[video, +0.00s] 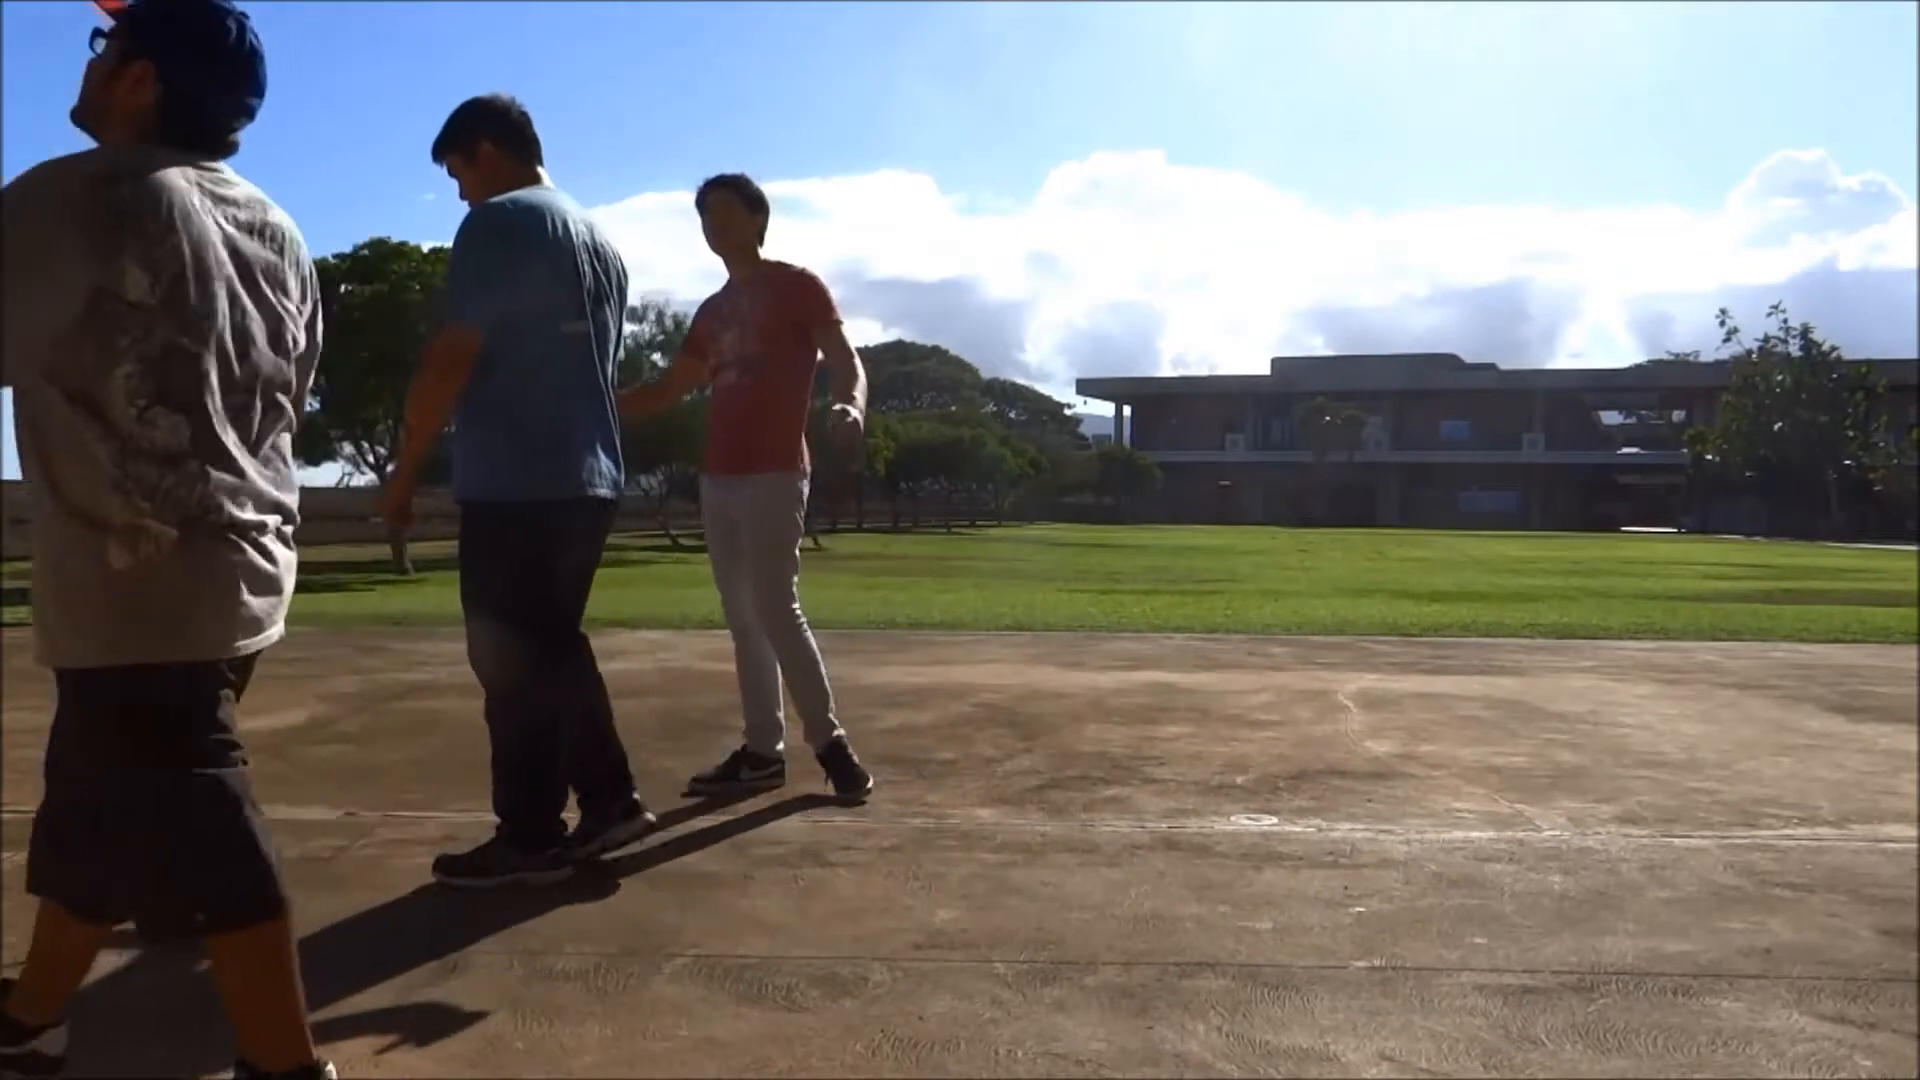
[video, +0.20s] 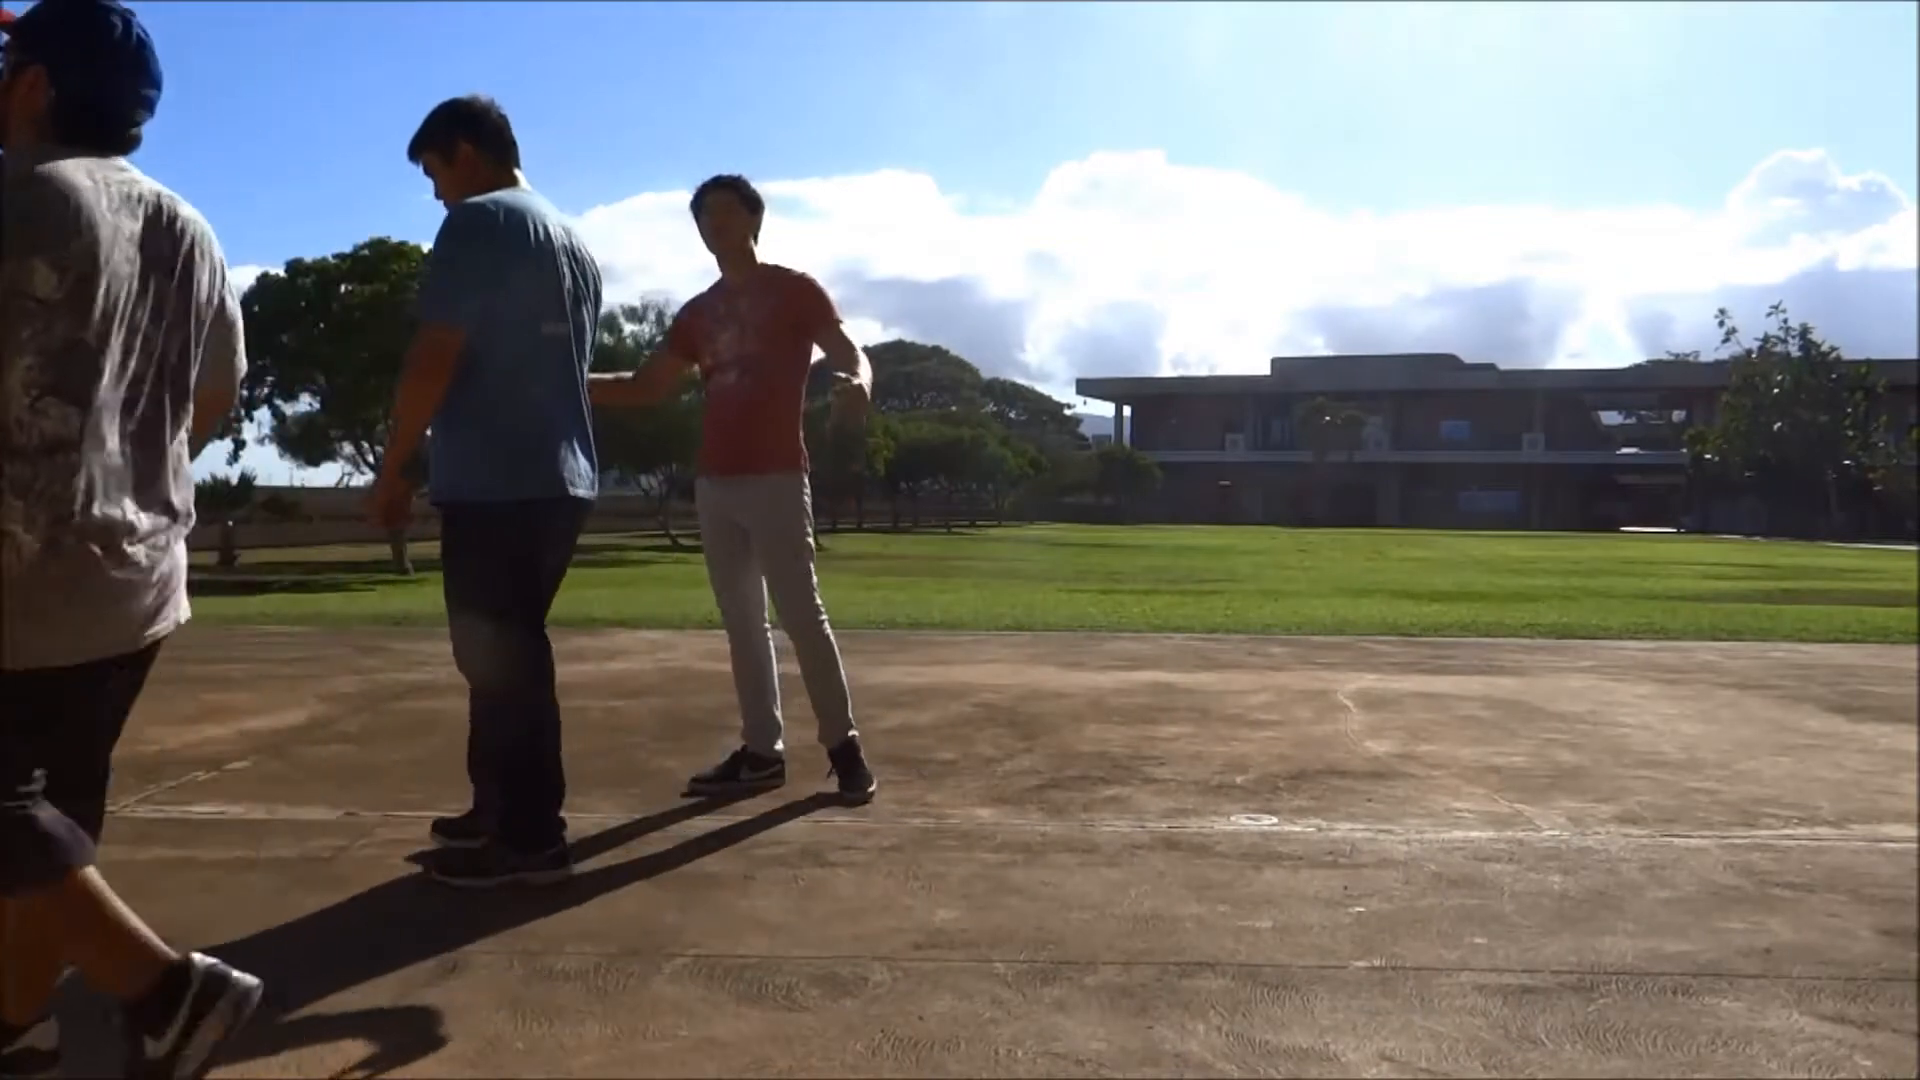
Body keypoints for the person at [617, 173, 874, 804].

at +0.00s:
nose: (710, 226)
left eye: (721, 213)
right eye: (705, 217)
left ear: (755, 218)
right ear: (705, 228)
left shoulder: (796, 285)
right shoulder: (712, 312)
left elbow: (844, 360)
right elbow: (672, 385)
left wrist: (852, 406)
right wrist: (601, 409)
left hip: (775, 477)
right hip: (721, 479)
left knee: (775, 610)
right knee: (743, 618)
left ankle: (831, 746)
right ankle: (762, 752)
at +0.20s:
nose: (713, 224)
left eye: (724, 211)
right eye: (705, 216)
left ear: (753, 218)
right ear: (698, 229)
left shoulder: (795, 291)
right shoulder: (698, 313)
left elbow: (848, 355)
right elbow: (648, 385)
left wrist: (856, 377)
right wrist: (569, 385)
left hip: (778, 481)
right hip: (716, 485)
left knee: (802, 617)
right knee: (743, 624)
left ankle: (843, 748)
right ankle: (762, 752)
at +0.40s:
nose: (733, 223)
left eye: (745, 213)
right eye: (723, 214)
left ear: (764, 221)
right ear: (708, 225)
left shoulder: (798, 292)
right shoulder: (695, 309)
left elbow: (856, 345)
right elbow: (632, 364)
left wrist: (875, 376)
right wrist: (598, 377)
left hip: (786, 482)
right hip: (718, 486)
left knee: (819, 618)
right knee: (742, 626)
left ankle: (855, 749)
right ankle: (761, 752)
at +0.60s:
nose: (757, 224)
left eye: (770, 214)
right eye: (747, 213)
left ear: (787, 226)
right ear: (729, 224)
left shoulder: (811, 295)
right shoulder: (702, 305)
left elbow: (885, 336)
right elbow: (631, 349)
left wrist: (887, 351)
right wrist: (603, 350)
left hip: (795, 486)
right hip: (725, 488)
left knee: (817, 622)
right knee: (740, 627)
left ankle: (848, 760)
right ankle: (761, 753)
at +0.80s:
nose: (779, 226)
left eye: (793, 217)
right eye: (770, 215)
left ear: (811, 230)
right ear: (752, 224)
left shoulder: (830, 300)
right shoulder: (719, 302)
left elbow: (918, 340)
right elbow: (631, 338)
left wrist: (887, 298)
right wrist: (633, 285)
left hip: (813, 488)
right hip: (740, 489)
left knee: (838, 625)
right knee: (742, 629)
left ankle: (856, 761)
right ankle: (761, 756)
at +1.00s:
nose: (810, 225)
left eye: (822, 217)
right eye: (800, 214)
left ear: (837, 231)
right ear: (780, 223)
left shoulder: (853, 302)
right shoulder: (742, 298)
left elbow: (936, 341)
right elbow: (656, 316)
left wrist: (901, 265)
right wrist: (694, 243)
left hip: (835, 488)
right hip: (761, 486)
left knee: (855, 626)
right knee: (751, 628)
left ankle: (858, 760)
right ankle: (761, 755)